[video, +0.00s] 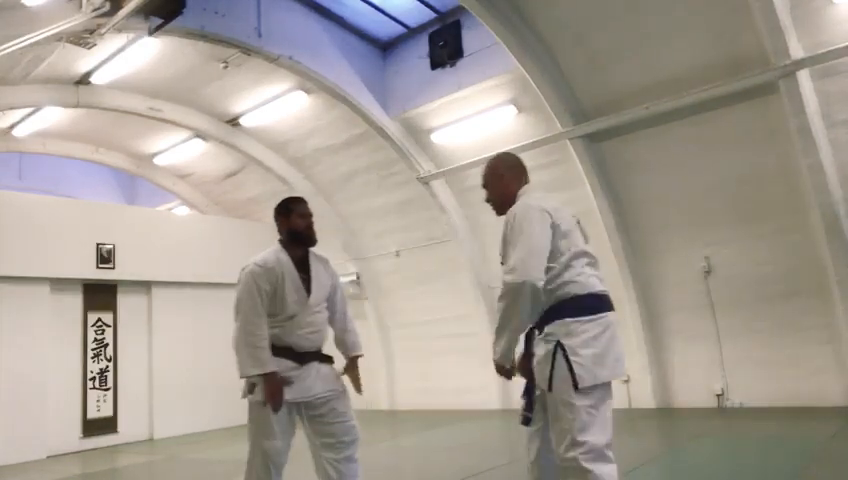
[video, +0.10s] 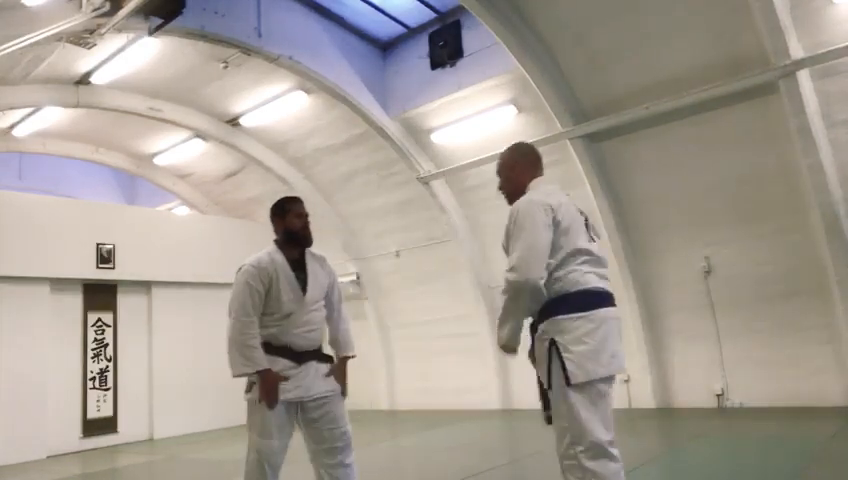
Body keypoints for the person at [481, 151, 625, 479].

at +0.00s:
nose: (485, 196)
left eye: (488, 186)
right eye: (484, 188)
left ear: (507, 180)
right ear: (516, 180)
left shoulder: (527, 210)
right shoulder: (546, 210)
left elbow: (524, 279)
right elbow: (557, 290)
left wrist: (504, 348)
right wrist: (533, 350)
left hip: (575, 329)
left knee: (581, 450)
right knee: (546, 448)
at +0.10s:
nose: (499, 185)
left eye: (501, 175)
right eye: (499, 176)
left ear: (519, 170)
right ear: (533, 169)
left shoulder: (532, 203)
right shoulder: (561, 200)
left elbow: (527, 276)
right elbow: (575, 272)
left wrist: (509, 330)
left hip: (572, 326)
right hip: (592, 320)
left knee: (583, 449)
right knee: (588, 446)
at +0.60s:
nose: (504, 195)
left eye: (505, 186)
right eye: (503, 187)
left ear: (517, 185)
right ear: (539, 183)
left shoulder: (514, 223)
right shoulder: (585, 219)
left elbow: (479, 284)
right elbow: (622, 274)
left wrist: (454, 276)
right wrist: (583, 298)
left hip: (546, 339)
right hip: (596, 335)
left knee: (510, 436)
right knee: (630, 435)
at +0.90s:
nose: (435, 204)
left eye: (439, 196)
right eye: (435, 197)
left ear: (461, 193)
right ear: (466, 193)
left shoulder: (486, 228)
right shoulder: (486, 226)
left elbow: (489, 287)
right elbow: (458, 266)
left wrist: (446, 296)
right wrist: (417, 253)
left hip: (516, 340)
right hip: (540, 335)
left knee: (483, 439)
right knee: (581, 428)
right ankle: (624, 476)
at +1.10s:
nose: (405, 214)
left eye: (409, 205)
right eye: (403, 206)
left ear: (433, 200)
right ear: (421, 205)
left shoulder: (476, 225)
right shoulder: (422, 243)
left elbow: (529, 257)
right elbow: (374, 250)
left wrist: (479, 294)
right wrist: (319, 247)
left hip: (501, 341)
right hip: (503, 340)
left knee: (483, 451)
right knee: (566, 425)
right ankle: (623, 475)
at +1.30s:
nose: (395, 200)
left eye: (401, 192)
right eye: (396, 193)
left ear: (424, 192)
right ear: (420, 195)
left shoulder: (460, 217)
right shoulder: (411, 240)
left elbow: (504, 258)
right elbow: (369, 260)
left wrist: (448, 285)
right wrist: (315, 266)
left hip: (489, 335)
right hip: (477, 337)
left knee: (480, 447)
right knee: (527, 424)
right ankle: (590, 475)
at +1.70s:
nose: (422, 195)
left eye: (429, 187)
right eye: (423, 189)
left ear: (454, 191)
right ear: (449, 193)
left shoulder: (476, 221)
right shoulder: (430, 239)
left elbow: (511, 267)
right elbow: (389, 262)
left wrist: (450, 284)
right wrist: (327, 263)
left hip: (489, 338)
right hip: (476, 338)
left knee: (474, 444)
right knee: (513, 439)